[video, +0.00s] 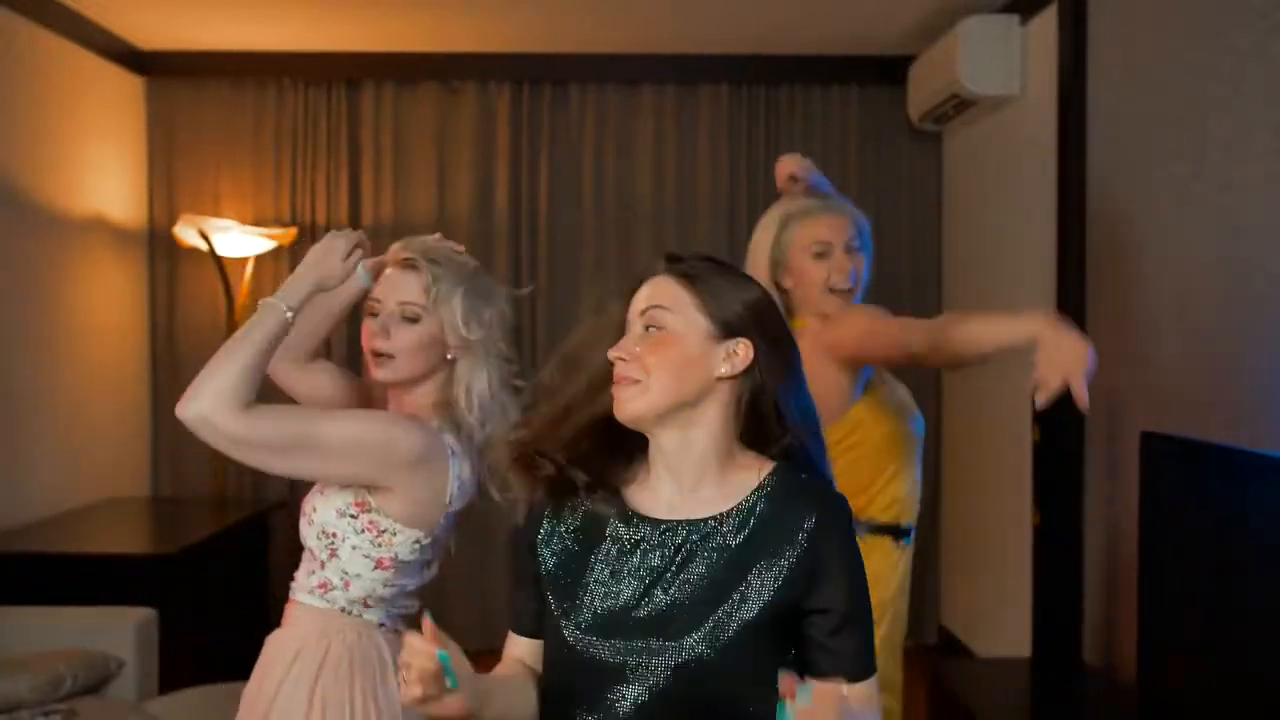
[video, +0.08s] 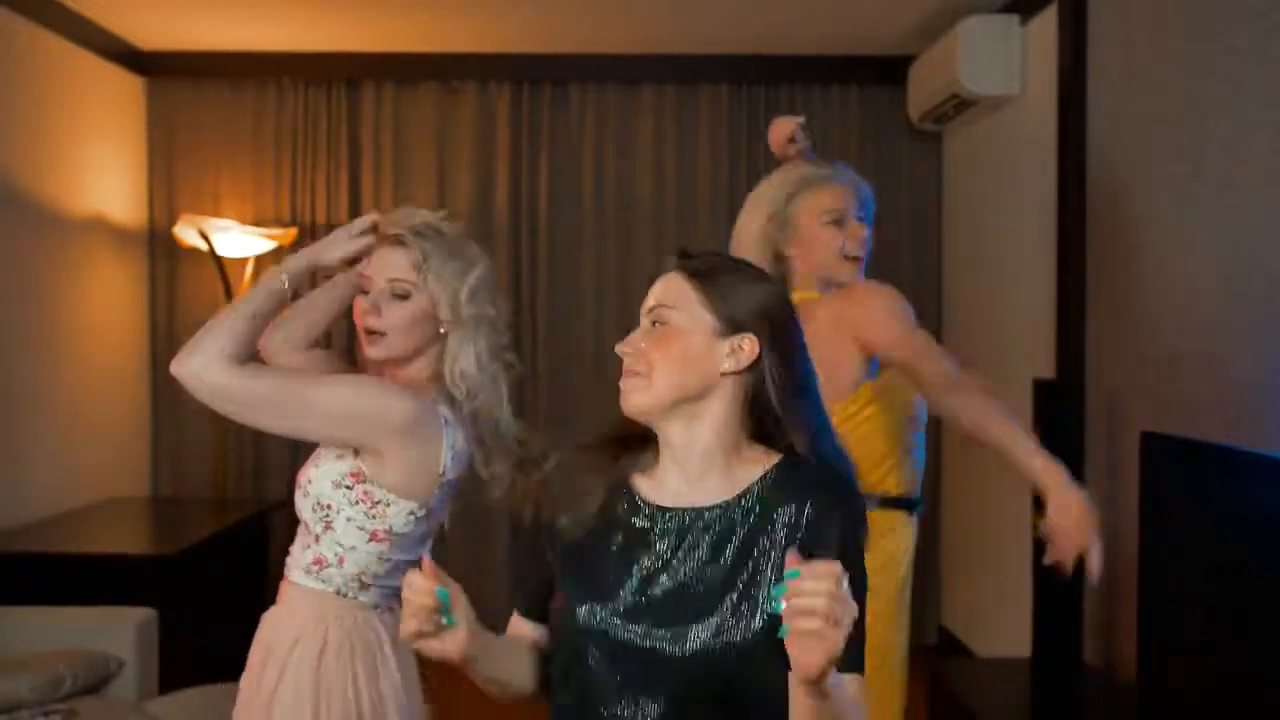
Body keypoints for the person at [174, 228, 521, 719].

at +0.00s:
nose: (378, 332)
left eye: (409, 318)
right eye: (374, 312)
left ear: (458, 339)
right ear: (362, 316)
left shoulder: (412, 445)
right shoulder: (407, 419)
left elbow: (207, 410)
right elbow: (287, 361)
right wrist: (357, 282)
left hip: (335, 663)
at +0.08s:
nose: (367, 309)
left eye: (398, 294)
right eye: (364, 290)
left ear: (449, 313)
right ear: (355, 293)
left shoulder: (400, 413)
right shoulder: (418, 401)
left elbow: (199, 366)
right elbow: (283, 347)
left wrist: (301, 263)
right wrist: (355, 275)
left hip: (328, 647)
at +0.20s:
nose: (358, 284)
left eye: (390, 269)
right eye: (357, 266)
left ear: (441, 290)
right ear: (349, 267)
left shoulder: (389, 379)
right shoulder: (406, 389)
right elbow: (271, 379)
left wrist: (303, 206)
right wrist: (347, 293)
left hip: (321, 631)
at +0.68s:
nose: (355, 283)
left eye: (389, 280)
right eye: (363, 266)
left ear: (433, 320)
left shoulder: (374, 406)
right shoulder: (382, 400)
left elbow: (193, 315)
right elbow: (233, 327)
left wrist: (336, 220)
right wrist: (348, 283)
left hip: (310, 632)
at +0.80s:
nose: (377, 294)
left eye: (411, 297)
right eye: (377, 274)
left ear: (439, 340)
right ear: (356, 281)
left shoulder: (376, 423)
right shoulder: (366, 414)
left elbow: (168, 463)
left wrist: (266, 315)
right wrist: (296, 349)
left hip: (310, 676)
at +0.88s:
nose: (360, 295)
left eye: (392, 293)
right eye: (360, 275)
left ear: (425, 332)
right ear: (341, 283)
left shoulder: (354, 412)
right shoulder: (398, 411)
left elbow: (236, 568)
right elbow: (233, 525)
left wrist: (189, 413)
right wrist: (239, 408)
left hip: (300, 672)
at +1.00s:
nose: (324, 287)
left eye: (358, 279)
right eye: (324, 268)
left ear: (401, 313)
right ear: (312, 274)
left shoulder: (320, 384)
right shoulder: (403, 397)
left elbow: (332, 573)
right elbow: (314, 567)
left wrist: (192, 611)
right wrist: (186, 574)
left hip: (304, 672)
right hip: (376, 669)